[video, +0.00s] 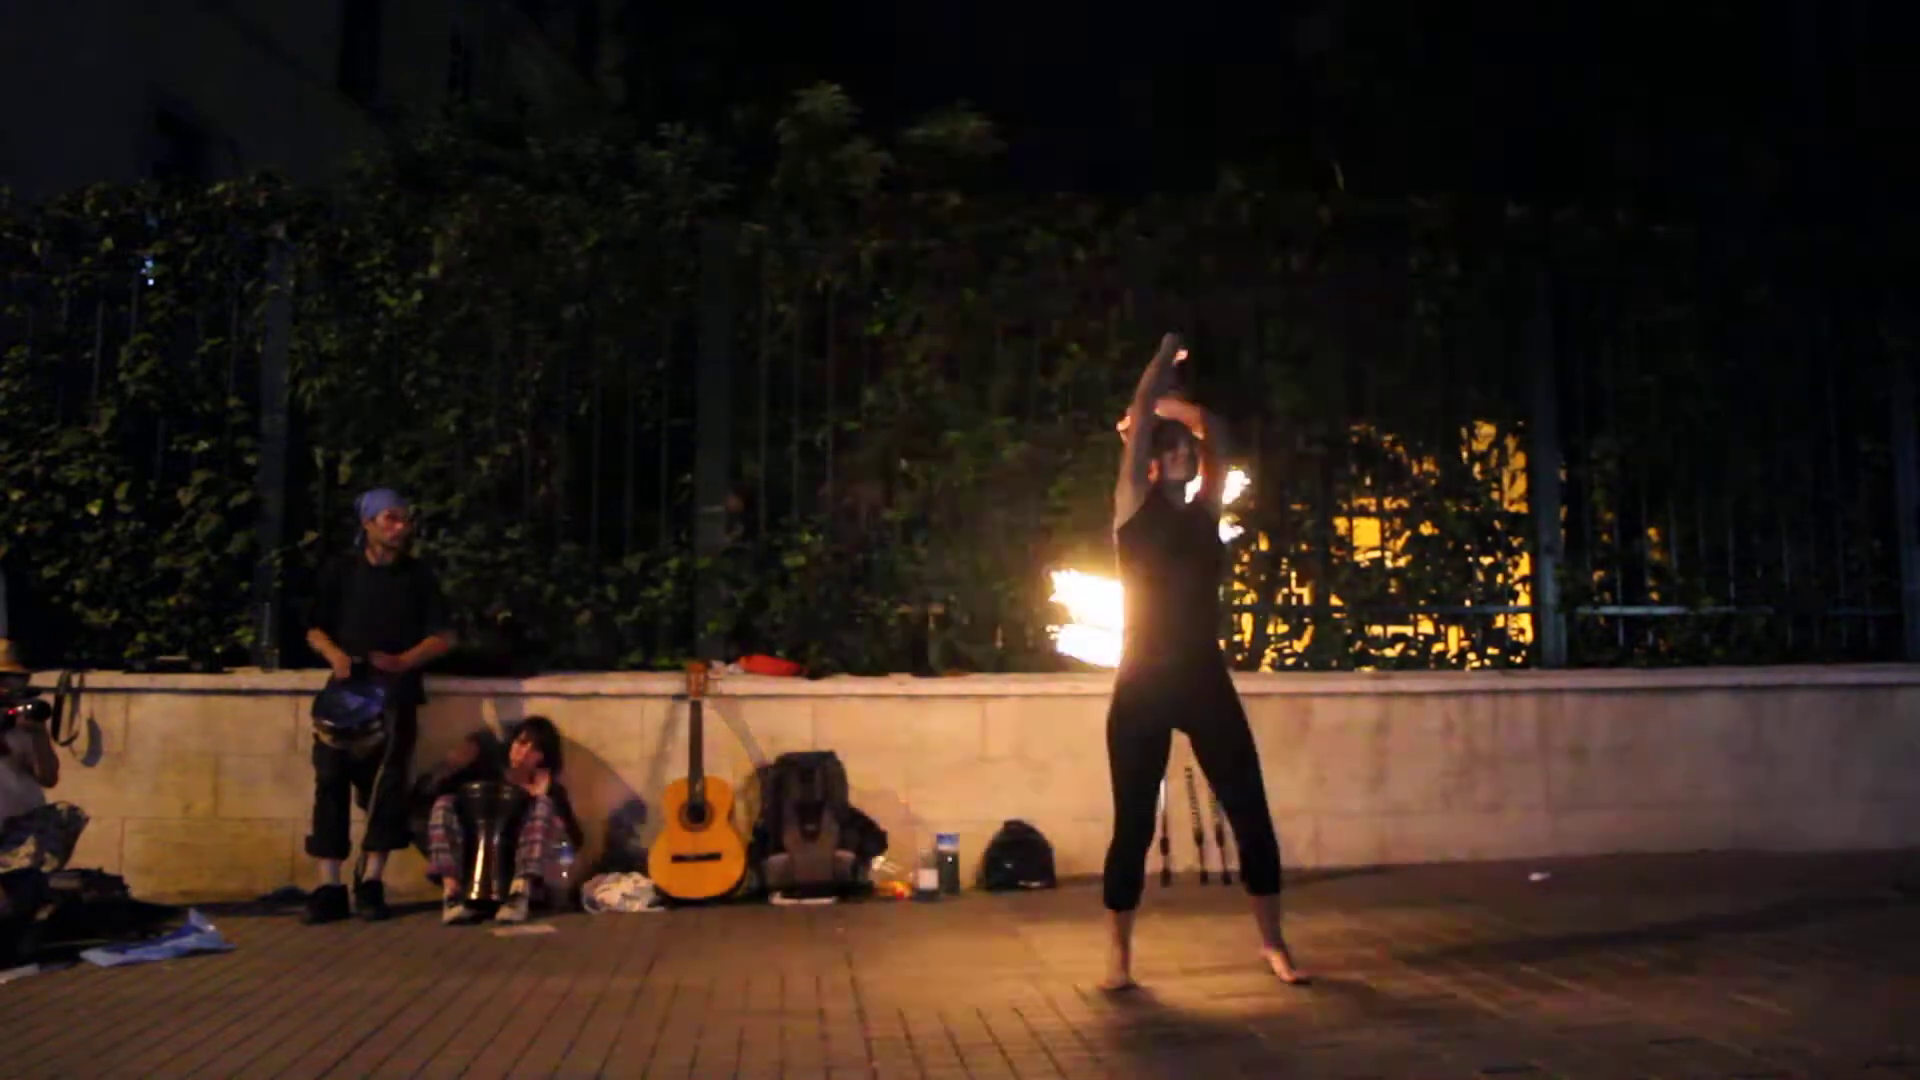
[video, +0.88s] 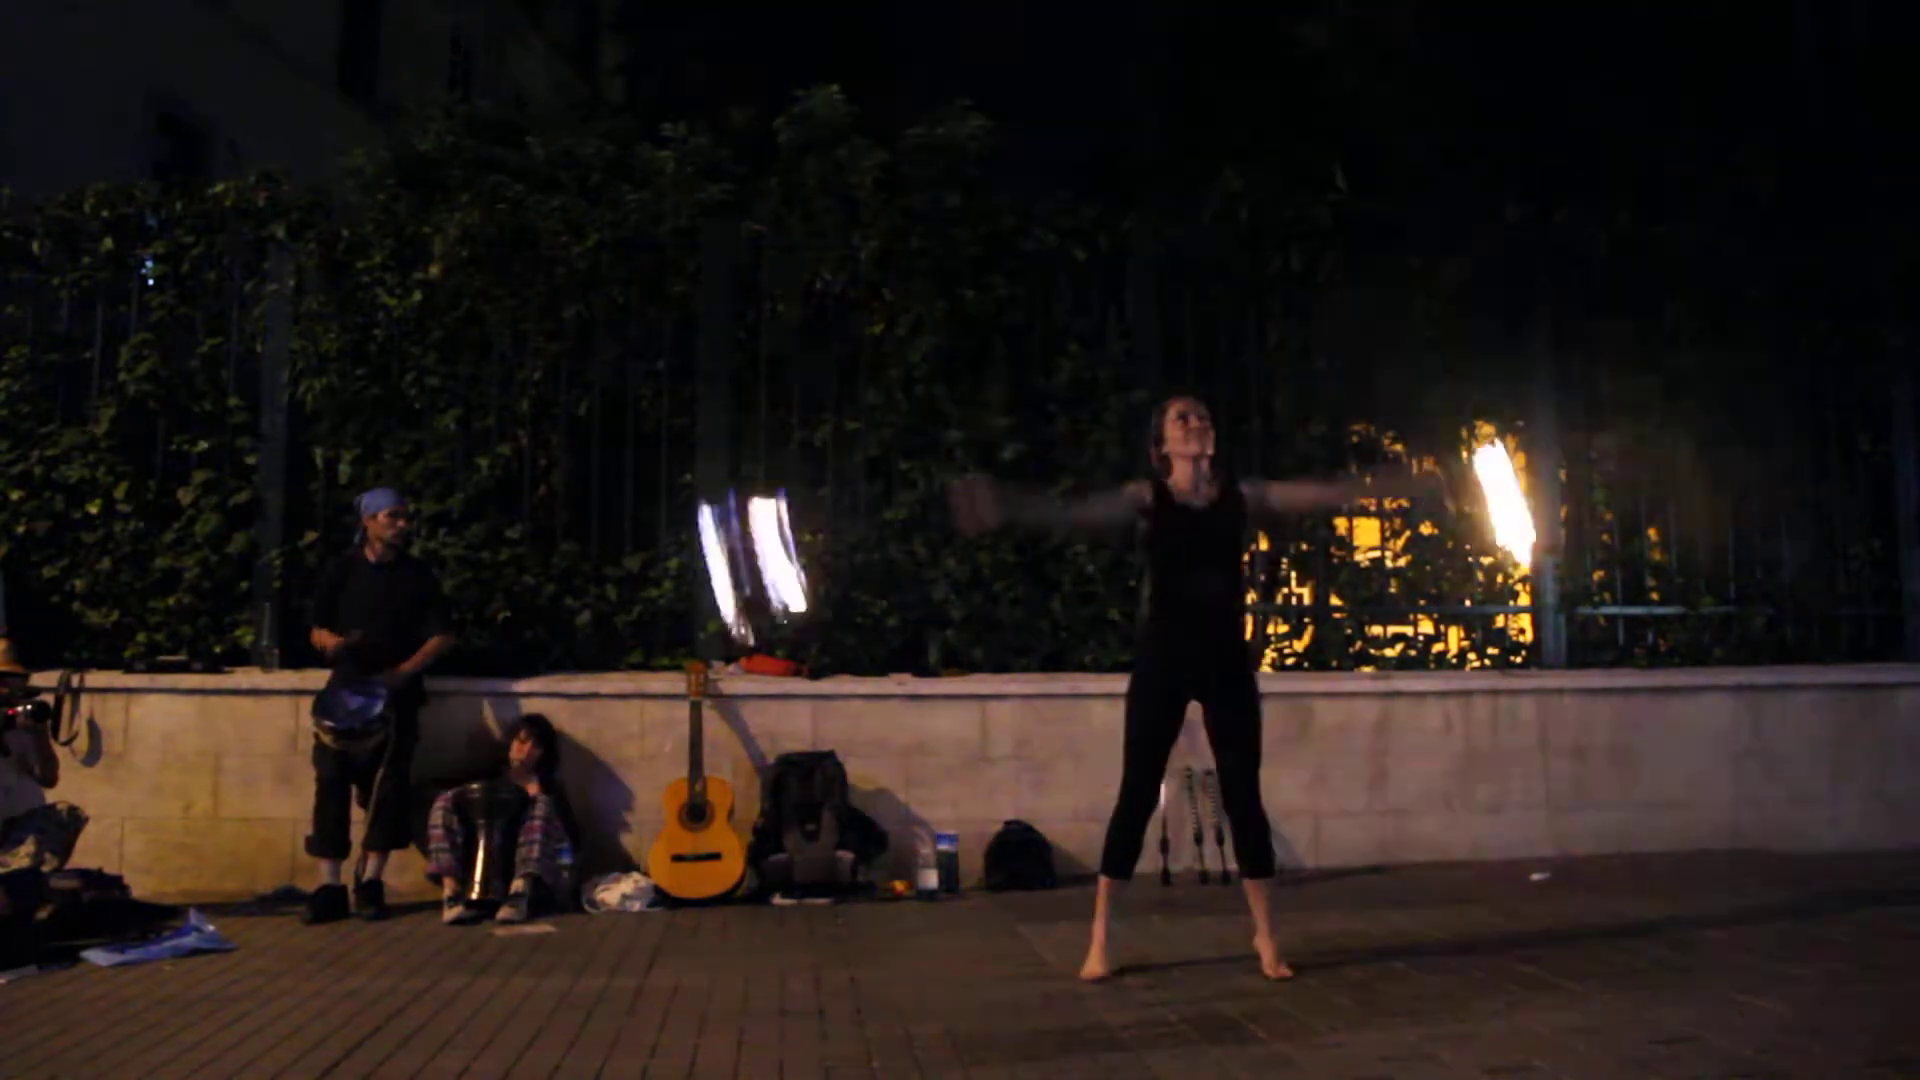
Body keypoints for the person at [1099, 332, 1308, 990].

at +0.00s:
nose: (1174, 457)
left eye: (1182, 447)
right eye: (1163, 448)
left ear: (1194, 459)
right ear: (1143, 459)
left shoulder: (1203, 511)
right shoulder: (1133, 508)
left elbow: (1212, 436)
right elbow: (1140, 422)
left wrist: (1155, 405)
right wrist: (1163, 359)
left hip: (1206, 680)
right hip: (1144, 683)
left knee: (1251, 815)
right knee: (1134, 824)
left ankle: (1273, 944)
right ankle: (1120, 955)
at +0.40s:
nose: (1215, 438)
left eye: (1221, 432)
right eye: (1201, 432)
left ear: (1231, 450)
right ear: (1176, 451)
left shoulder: (1248, 505)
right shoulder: (1171, 501)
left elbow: (1261, 434)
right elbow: (1199, 431)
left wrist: (1230, 362)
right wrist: (1234, 350)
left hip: (1248, 671)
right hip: (1185, 672)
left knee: (1267, 808)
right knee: (1157, 807)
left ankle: (1259, 942)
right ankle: (1116, 946)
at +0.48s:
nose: (1216, 445)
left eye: (1225, 438)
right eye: (1202, 438)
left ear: (1243, 452)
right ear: (1183, 460)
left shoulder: (1256, 507)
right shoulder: (1175, 506)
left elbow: (1268, 463)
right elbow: (1225, 496)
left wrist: (1239, 406)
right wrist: (1269, 431)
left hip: (1253, 679)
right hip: (1191, 681)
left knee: (1270, 815)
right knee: (1157, 812)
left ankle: (1255, 944)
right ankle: (1117, 942)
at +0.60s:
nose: (1226, 450)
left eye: (1232, 443)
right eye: (1212, 443)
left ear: (1242, 459)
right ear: (1188, 462)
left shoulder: (1268, 524)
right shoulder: (1183, 529)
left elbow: (1278, 594)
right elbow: (1231, 602)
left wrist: (1264, 554)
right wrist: (1296, 611)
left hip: (1254, 684)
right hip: (1190, 685)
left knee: (1272, 816)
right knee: (1150, 814)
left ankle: (1256, 942)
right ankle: (1107, 937)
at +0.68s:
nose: (1217, 441)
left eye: (1223, 434)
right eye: (1204, 435)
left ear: (1237, 452)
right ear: (1183, 457)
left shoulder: (1266, 520)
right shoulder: (1177, 524)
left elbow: (1295, 591)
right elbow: (1186, 617)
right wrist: (1235, 674)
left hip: (1251, 673)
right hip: (1188, 674)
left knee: (1261, 807)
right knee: (1147, 803)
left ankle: (1257, 946)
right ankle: (1099, 939)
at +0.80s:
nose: (1203, 427)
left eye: (1209, 421)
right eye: (1190, 422)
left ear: (1224, 440)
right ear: (1171, 445)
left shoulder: (1256, 506)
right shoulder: (1157, 510)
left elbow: (1329, 550)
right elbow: (1123, 582)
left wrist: (1398, 579)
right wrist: (1081, 622)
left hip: (1239, 671)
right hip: (1172, 670)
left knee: (1248, 799)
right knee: (1141, 796)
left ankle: (1261, 938)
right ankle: (1099, 934)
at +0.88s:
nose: (1191, 429)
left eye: (1199, 422)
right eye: (1180, 423)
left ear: (1214, 439)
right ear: (1161, 443)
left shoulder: (1240, 499)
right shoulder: (1144, 501)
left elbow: (1315, 495)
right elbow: (1070, 513)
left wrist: (1377, 486)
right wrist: (1001, 507)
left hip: (1226, 663)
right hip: (1162, 664)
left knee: (1244, 796)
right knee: (1137, 796)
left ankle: (1265, 936)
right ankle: (1100, 933)